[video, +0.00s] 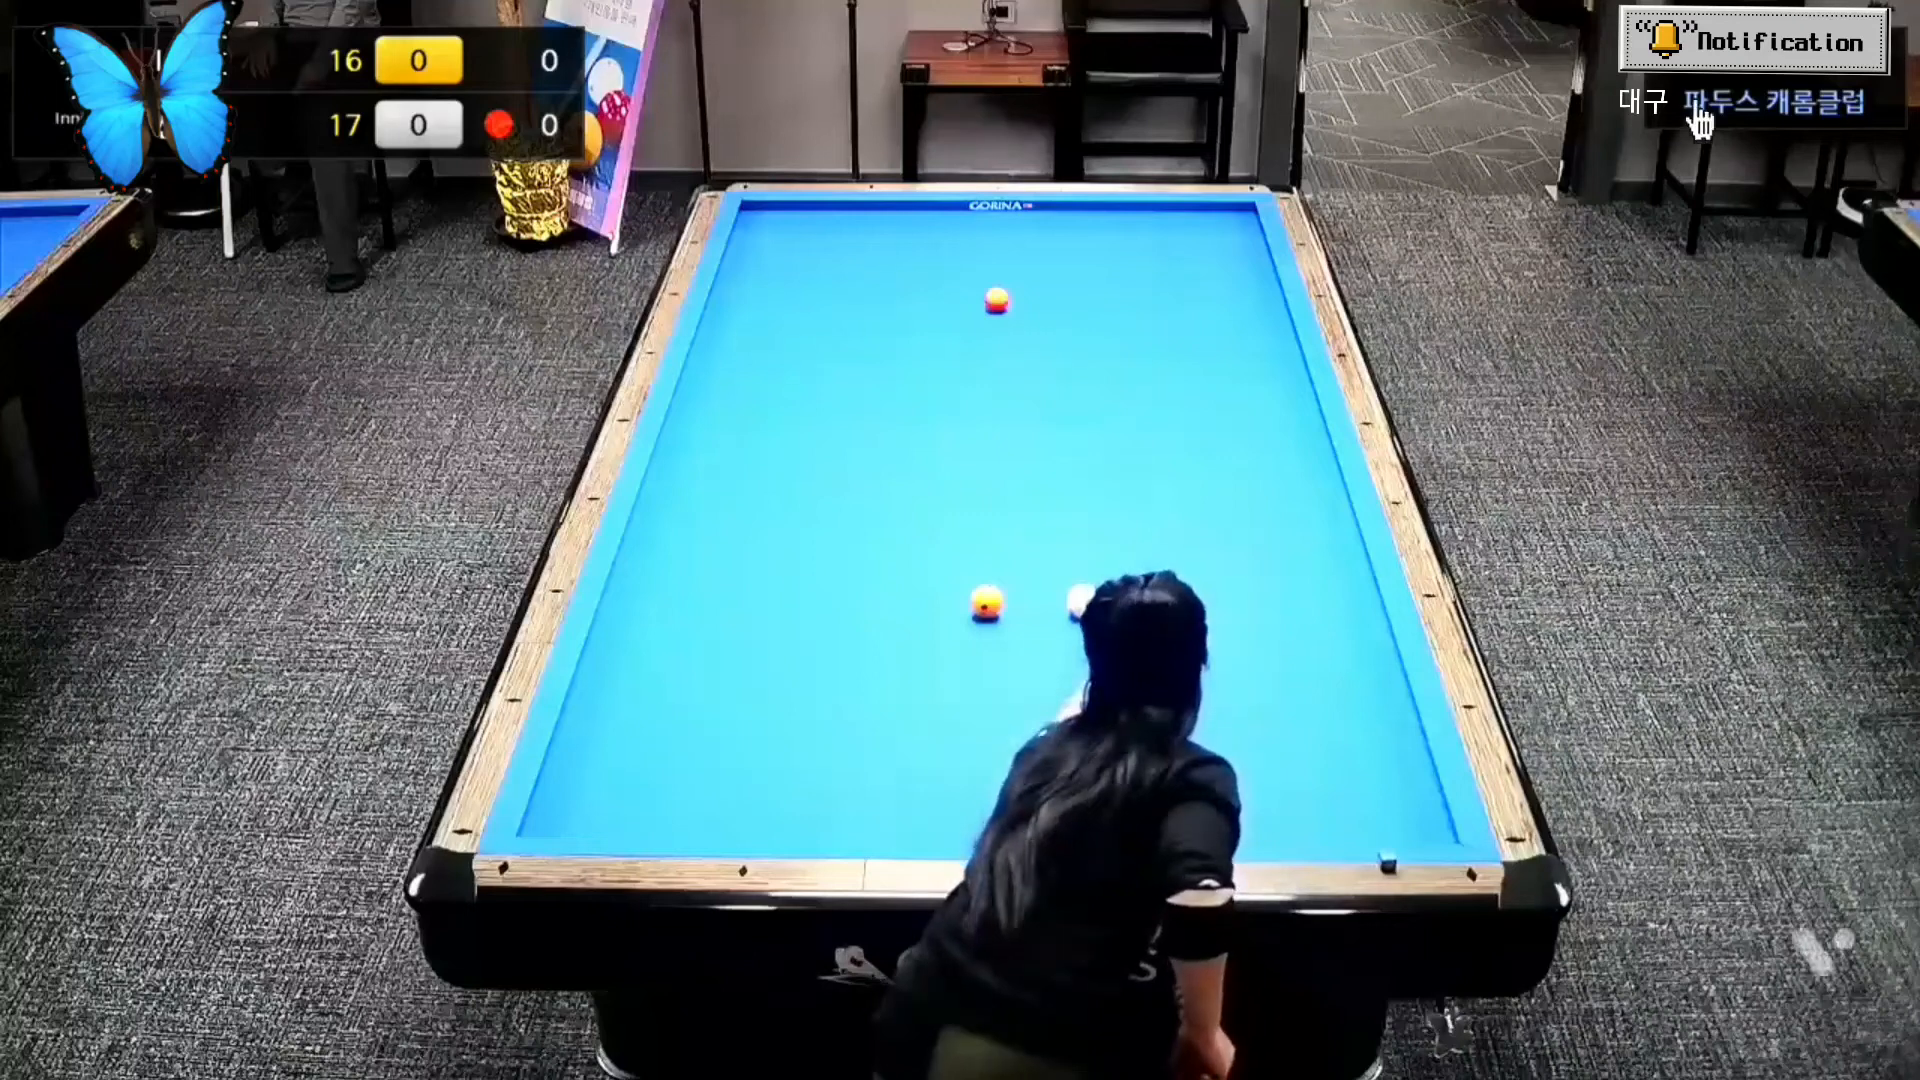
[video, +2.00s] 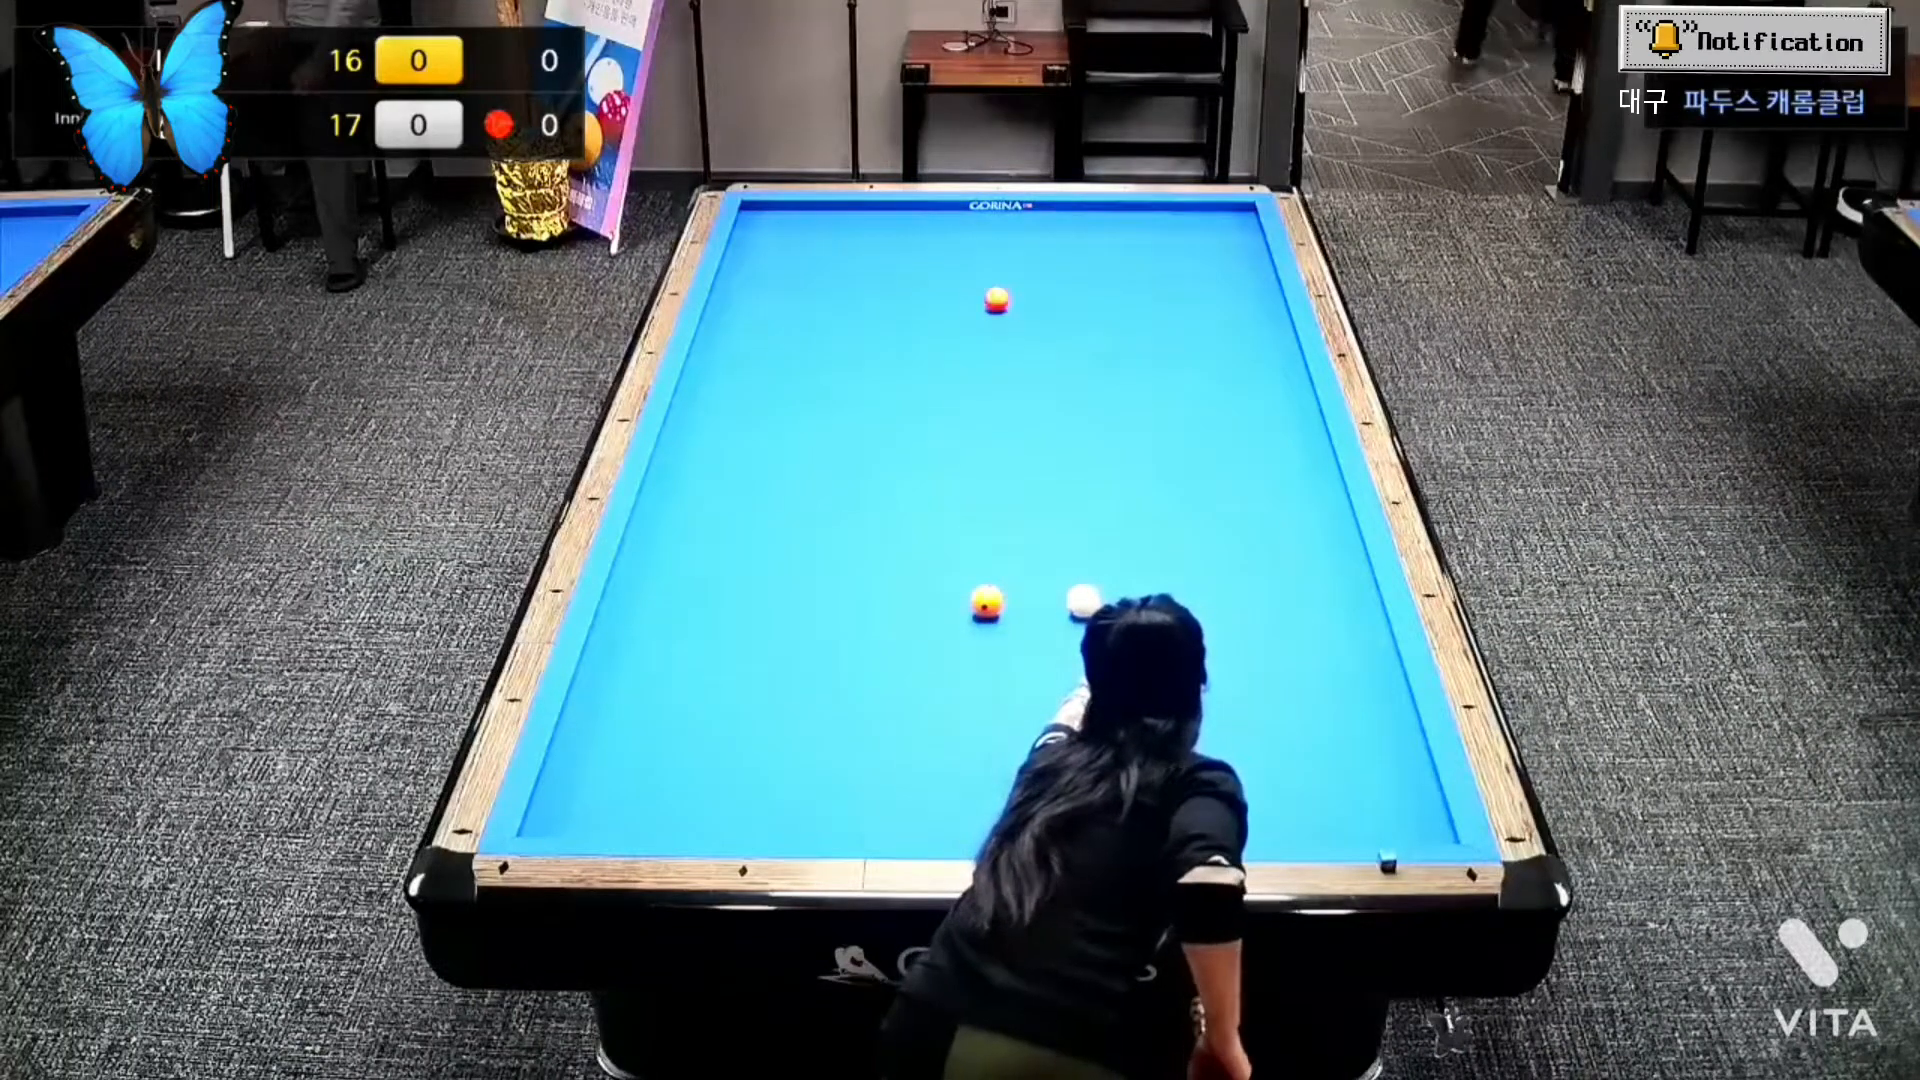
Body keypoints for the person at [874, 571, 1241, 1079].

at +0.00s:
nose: (1206, 666)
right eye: (1202, 656)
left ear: (1100, 664)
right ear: (1194, 666)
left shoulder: (1046, 748)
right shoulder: (1195, 773)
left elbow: (1078, 705)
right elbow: (1198, 903)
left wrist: (1101, 625)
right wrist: (1204, 1029)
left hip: (957, 1035)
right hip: (1077, 1051)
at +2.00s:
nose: (1207, 680)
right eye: (1202, 670)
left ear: (1099, 685)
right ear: (1193, 683)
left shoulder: (1052, 756)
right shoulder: (1203, 780)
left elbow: (1071, 717)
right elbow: (1206, 889)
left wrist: (1091, 683)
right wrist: (1222, 1036)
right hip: (1080, 1044)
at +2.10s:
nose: (1207, 679)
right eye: (1202, 669)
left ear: (1098, 685)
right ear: (1194, 682)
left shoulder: (1052, 756)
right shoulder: (1203, 779)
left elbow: (1072, 714)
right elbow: (1207, 890)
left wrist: (1094, 679)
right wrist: (1223, 1040)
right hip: (1079, 1043)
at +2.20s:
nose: (1207, 681)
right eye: (1203, 671)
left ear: (1099, 686)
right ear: (1195, 683)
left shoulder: (1052, 757)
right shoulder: (1203, 779)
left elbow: (1077, 704)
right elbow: (1208, 891)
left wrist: (1099, 671)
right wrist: (1223, 1040)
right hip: (1075, 1042)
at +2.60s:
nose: (1209, 681)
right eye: (1204, 671)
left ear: (1099, 687)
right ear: (1195, 684)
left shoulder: (1052, 759)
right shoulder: (1205, 781)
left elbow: (1078, 703)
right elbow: (1212, 888)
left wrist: (1100, 666)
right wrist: (1222, 1021)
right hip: (1087, 1042)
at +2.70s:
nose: (1209, 682)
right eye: (1204, 672)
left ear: (1099, 686)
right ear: (1194, 684)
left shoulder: (1052, 759)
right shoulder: (1205, 781)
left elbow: (1077, 704)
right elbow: (1212, 888)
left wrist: (1100, 668)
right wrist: (1221, 1020)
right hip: (1088, 1042)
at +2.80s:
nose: (1209, 681)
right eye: (1204, 671)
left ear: (1099, 686)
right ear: (1195, 684)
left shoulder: (1052, 759)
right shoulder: (1206, 781)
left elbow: (1078, 702)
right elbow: (1213, 888)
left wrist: (1101, 666)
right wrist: (1222, 1019)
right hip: (1090, 1041)